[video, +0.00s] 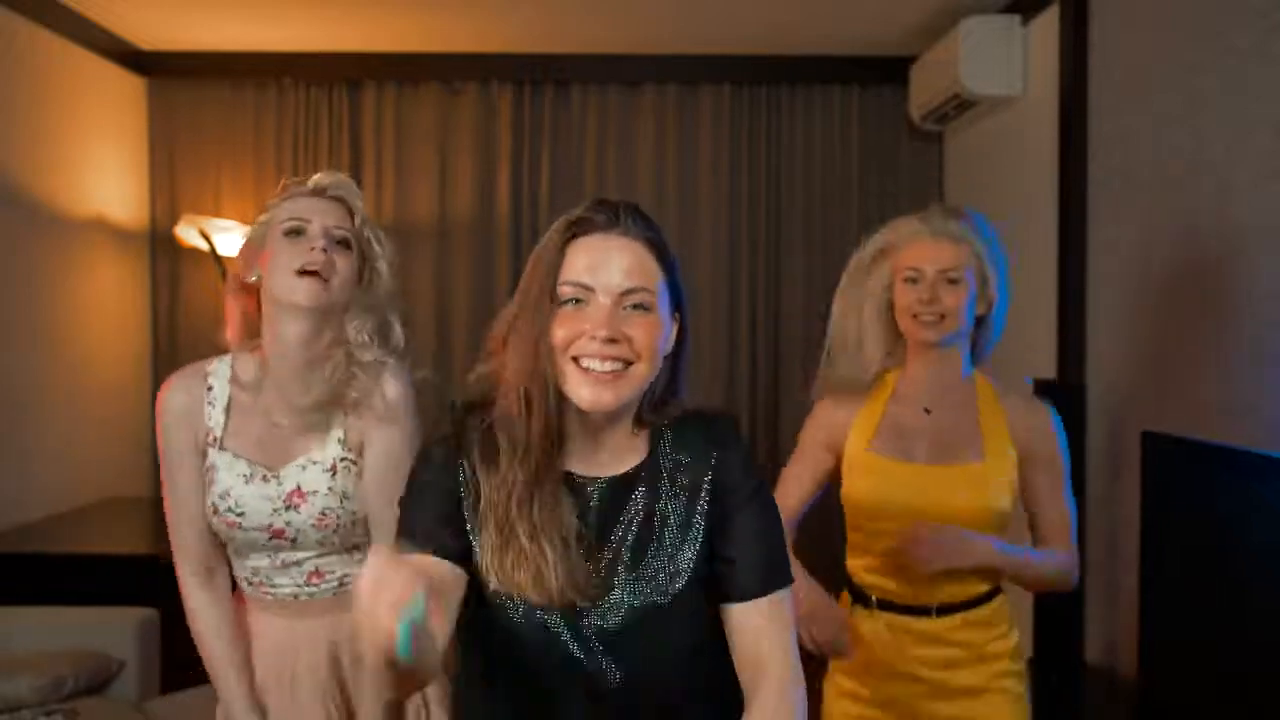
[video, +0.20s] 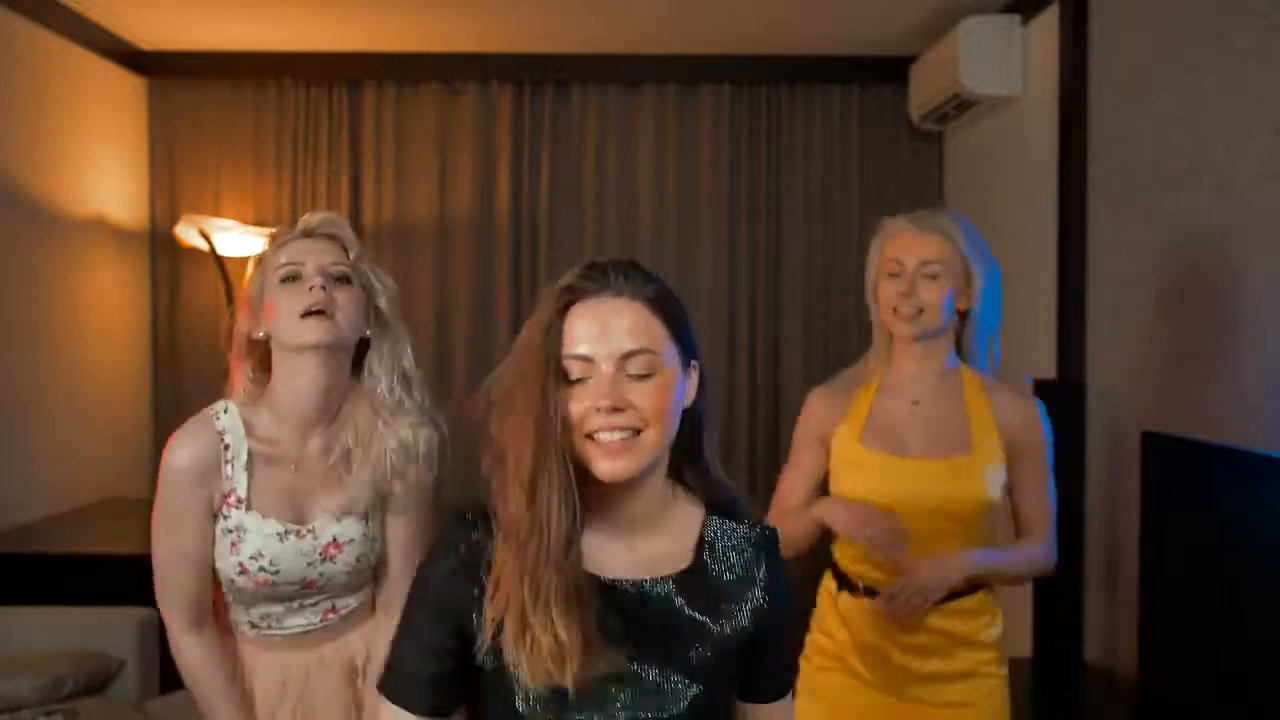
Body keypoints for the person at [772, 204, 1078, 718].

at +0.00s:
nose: (928, 297)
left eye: (951, 281)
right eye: (911, 280)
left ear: (982, 299)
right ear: (887, 295)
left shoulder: (1027, 421)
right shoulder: (841, 415)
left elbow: (1063, 566)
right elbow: (767, 532)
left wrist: (979, 551)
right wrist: (805, 595)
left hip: (980, 676)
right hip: (867, 675)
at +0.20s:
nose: (908, 289)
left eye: (931, 275)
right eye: (893, 273)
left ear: (965, 296)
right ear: (872, 289)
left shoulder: (1011, 410)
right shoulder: (830, 405)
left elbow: (1040, 551)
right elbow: (776, 537)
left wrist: (961, 564)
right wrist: (823, 510)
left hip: (961, 671)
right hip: (848, 665)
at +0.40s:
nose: (929, 262)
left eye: (930, 248)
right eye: (909, 246)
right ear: (850, 256)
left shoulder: (951, 377)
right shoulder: (786, 383)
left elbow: (984, 504)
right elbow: (749, 509)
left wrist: (950, 536)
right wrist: (802, 426)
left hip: (930, 638)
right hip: (819, 640)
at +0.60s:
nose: (905, 313)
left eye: (892, 302)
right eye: (883, 308)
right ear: (835, 333)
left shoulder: (915, 419)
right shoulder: (784, 440)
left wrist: (946, 560)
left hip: (902, 681)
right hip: (798, 686)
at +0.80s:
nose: (922, 273)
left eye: (924, 251)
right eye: (892, 267)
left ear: (936, 248)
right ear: (847, 285)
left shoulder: (962, 373)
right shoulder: (812, 369)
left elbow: (952, 501)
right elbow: (767, 507)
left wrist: (1041, 483)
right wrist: (799, 533)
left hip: (939, 625)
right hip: (839, 629)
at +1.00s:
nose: (904, 329)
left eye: (931, 319)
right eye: (908, 314)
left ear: (984, 348)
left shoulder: (1005, 468)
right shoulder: (834, 431)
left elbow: (1016, 616)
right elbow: (779, 561)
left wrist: (1102, 559)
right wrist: (795, 683)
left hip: (956, 695)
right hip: (848, 692)